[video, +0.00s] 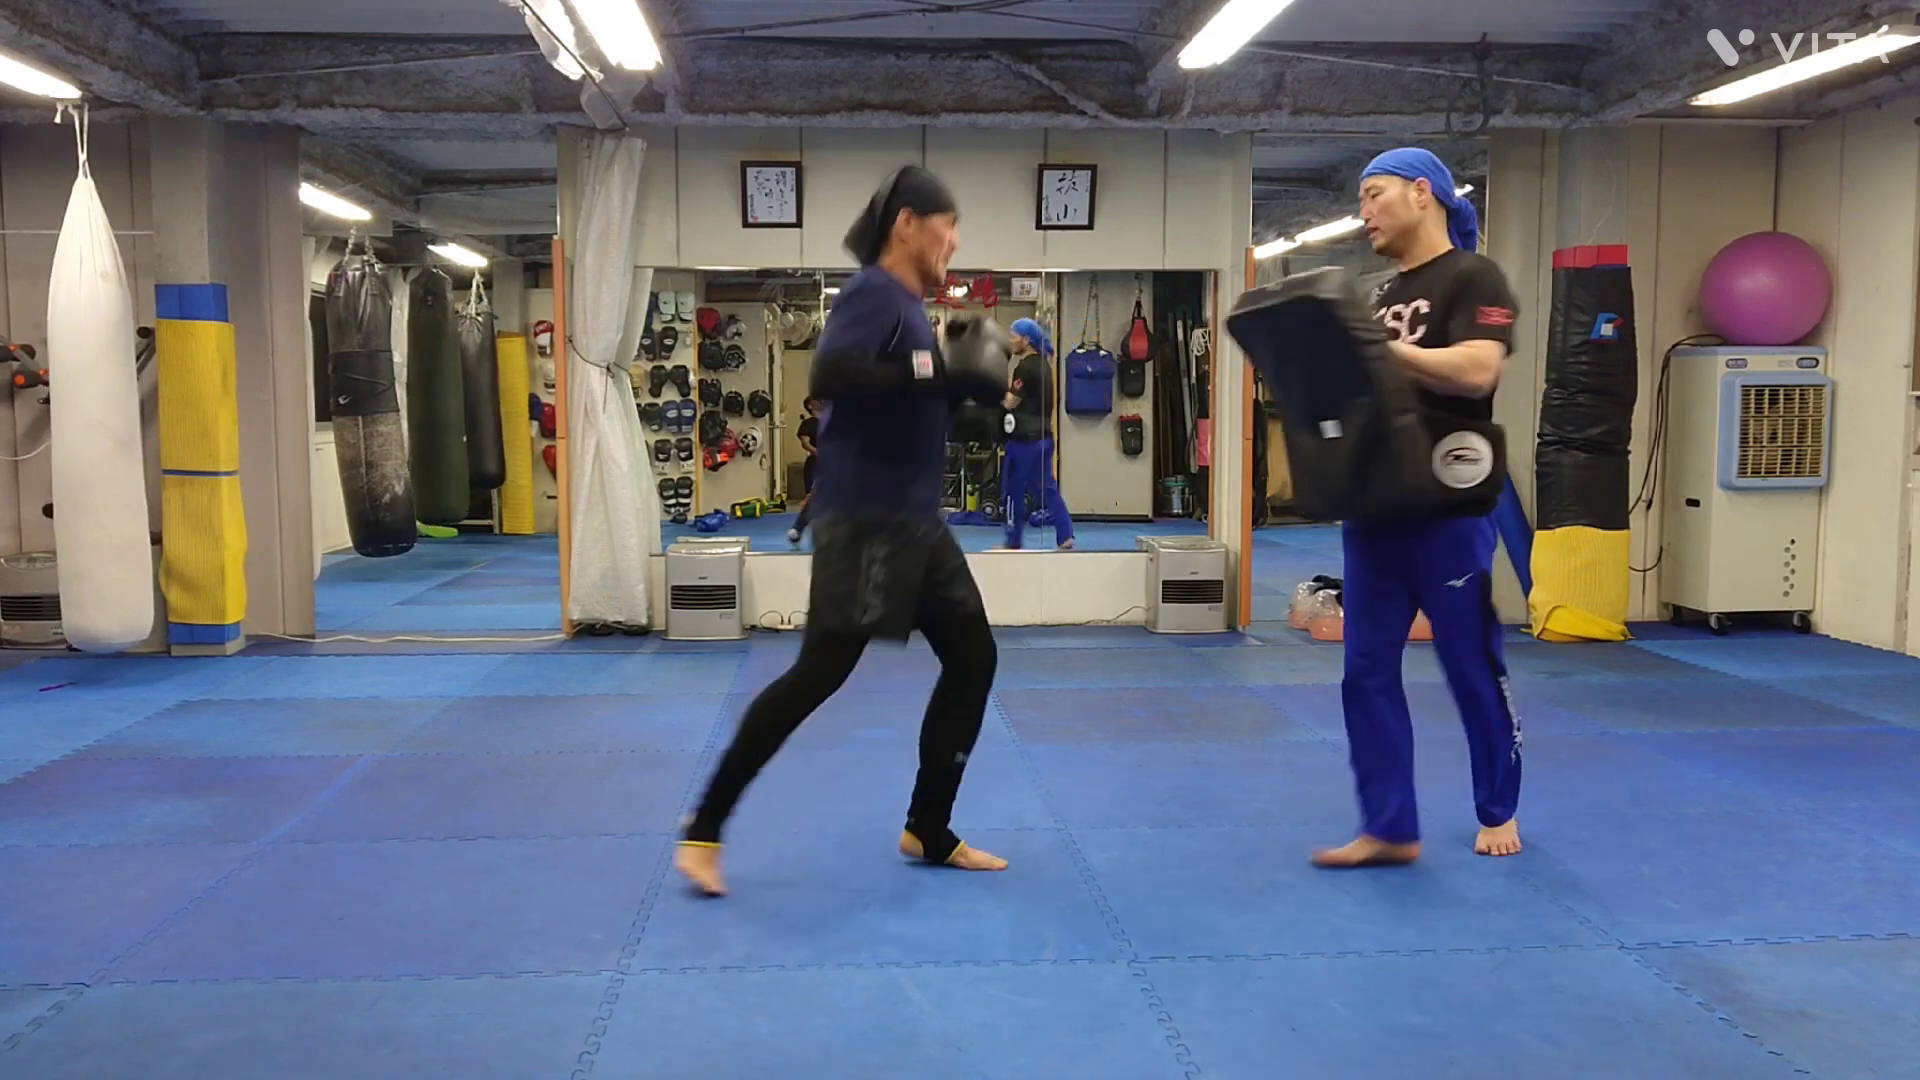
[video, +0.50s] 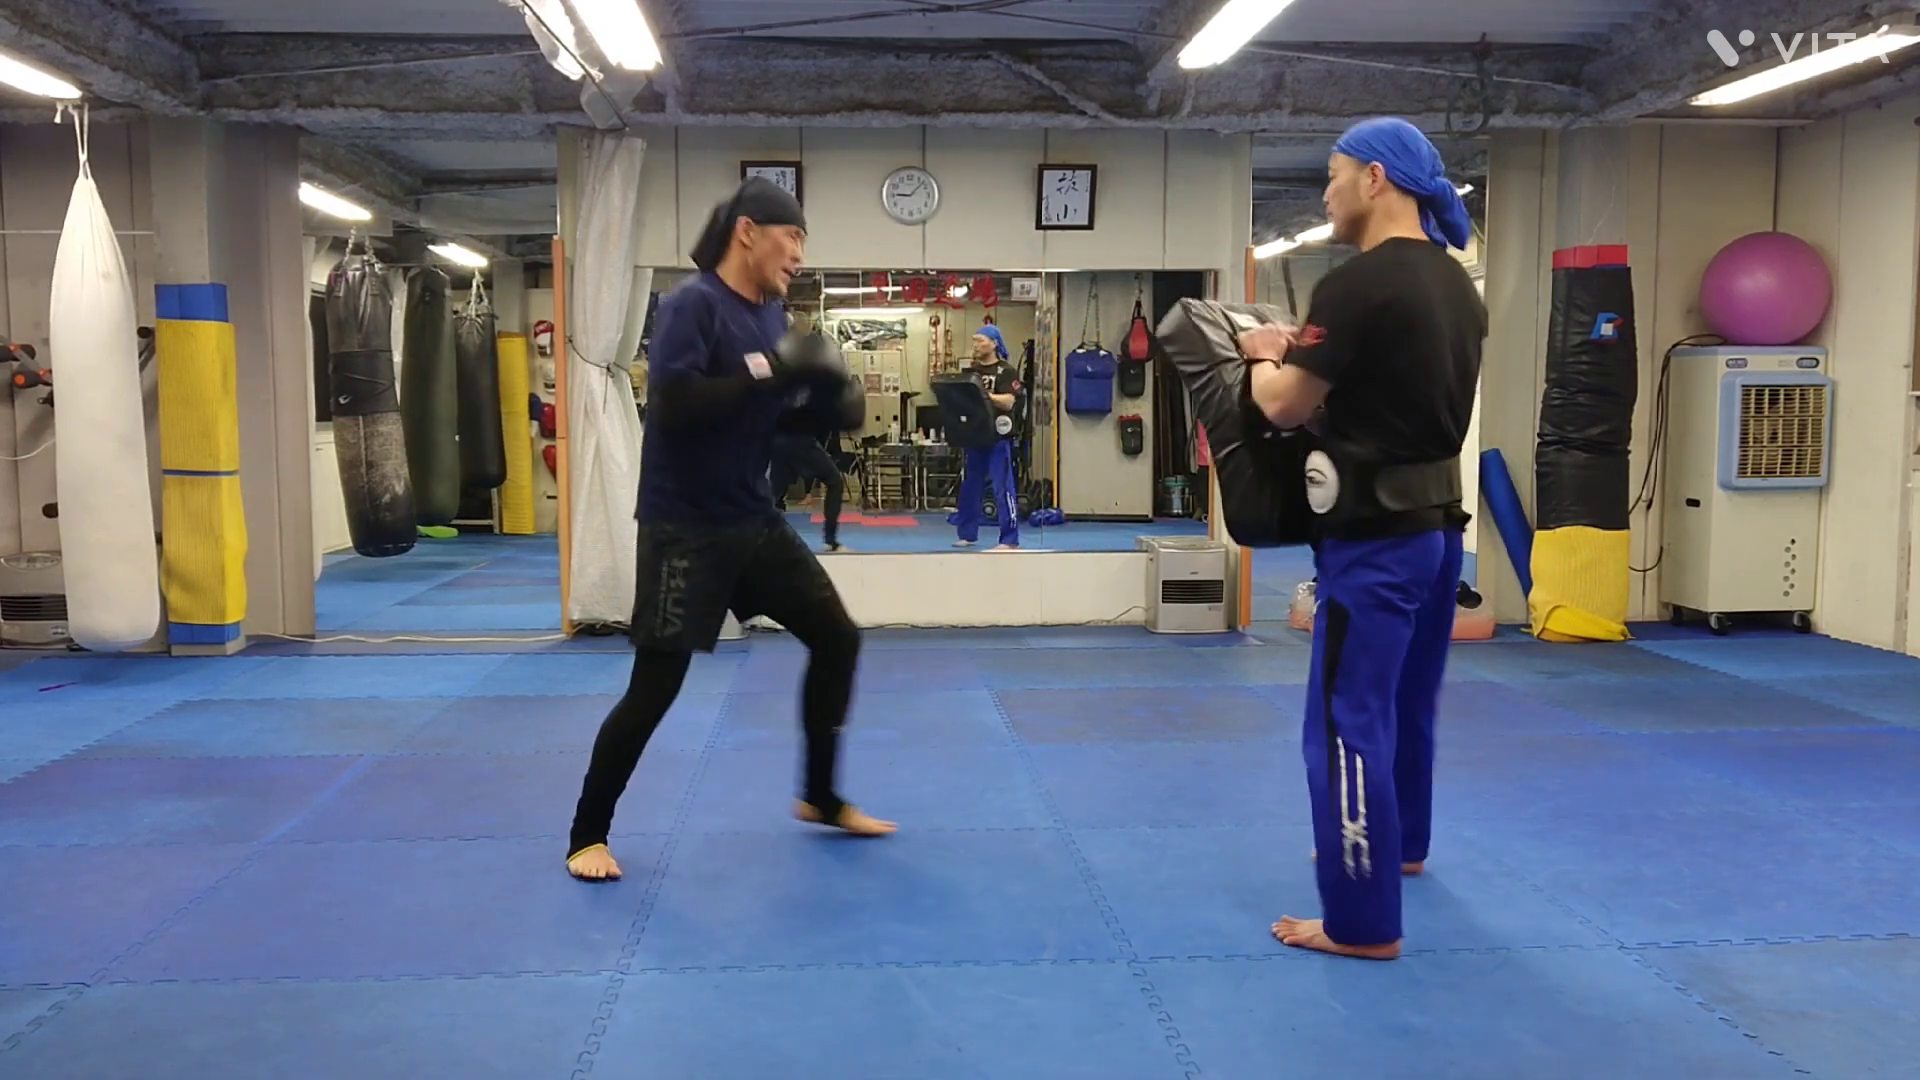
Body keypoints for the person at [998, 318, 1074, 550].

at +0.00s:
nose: (1011, 340)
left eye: (1014, 336)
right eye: (1011, 336)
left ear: (1026, 339)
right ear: (1028, 339)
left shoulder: (1026, 365)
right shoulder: (1043, 363)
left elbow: (1011, 401)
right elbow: (1046, 402)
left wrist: (998, 390)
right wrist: (1013, 395)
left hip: (1024, 438)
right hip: (1043, 436)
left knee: (1014, 488)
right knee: (1045, 486)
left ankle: (1013, 539)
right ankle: (1066, 536)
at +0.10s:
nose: (1003, 343)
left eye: (1006, 338)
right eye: (1004, 338)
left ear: (1019, 341)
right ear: (1018, 341)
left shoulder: (1022, 368)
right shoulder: (1025, 366)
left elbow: (1010, 399)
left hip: (1015, 436)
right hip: (1023, 434)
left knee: (1002, 489)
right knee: (1018, 492)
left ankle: (1009, 540)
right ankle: (1053, 524)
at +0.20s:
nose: (996, 342)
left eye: (1000, 338)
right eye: (996, 338)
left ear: (1012, 340)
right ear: (1009, 340)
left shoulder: (1019, 367)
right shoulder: (1010, 365)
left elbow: (1006, 402)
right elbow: (1004, 394)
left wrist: (983, 392)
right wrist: (987, 390)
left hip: (1013, 435)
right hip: (1008, 433)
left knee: (1002, 487)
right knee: (1002, 484)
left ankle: (1009, 540)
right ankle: (1023, 525)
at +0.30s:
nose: (991, 340)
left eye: (995, 336)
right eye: (991, 336)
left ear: (1008, 339)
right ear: (1000, 339)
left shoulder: (1016, 366)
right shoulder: (995, 365)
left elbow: (1005, 398)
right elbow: (990, 392)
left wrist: (979, 387)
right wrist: (972, 381)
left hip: (1008, 433)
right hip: (990, 432)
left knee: (1003, 486)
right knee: (985, 484)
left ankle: (1010, 539)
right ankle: (992, 535)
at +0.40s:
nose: (983, 343)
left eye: (987, 339)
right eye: (982, 339)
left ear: (1001, 342)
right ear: (985, 342)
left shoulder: (1011, 369)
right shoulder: (978, 367)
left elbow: (1005, 400)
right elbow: (967, 392)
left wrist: (980, 389)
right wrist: (956, 380)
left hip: (1005, 435)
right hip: (981, 433)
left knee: (1002, 486)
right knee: (974, 483)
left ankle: (1010, 539)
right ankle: (969, 532)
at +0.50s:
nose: (975, 345)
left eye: (980, 341)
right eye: (975, 341)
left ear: (994, 344)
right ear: (978, 344)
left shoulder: (1008, 372)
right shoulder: (972, 371)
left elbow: (1009, 402)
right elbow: (963, 398)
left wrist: (982, 395)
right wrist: (944, 386)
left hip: (1000, 436)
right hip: (975, 435)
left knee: (1002, 487)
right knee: (971, 484)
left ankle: (1009, 539)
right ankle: (967, 534)